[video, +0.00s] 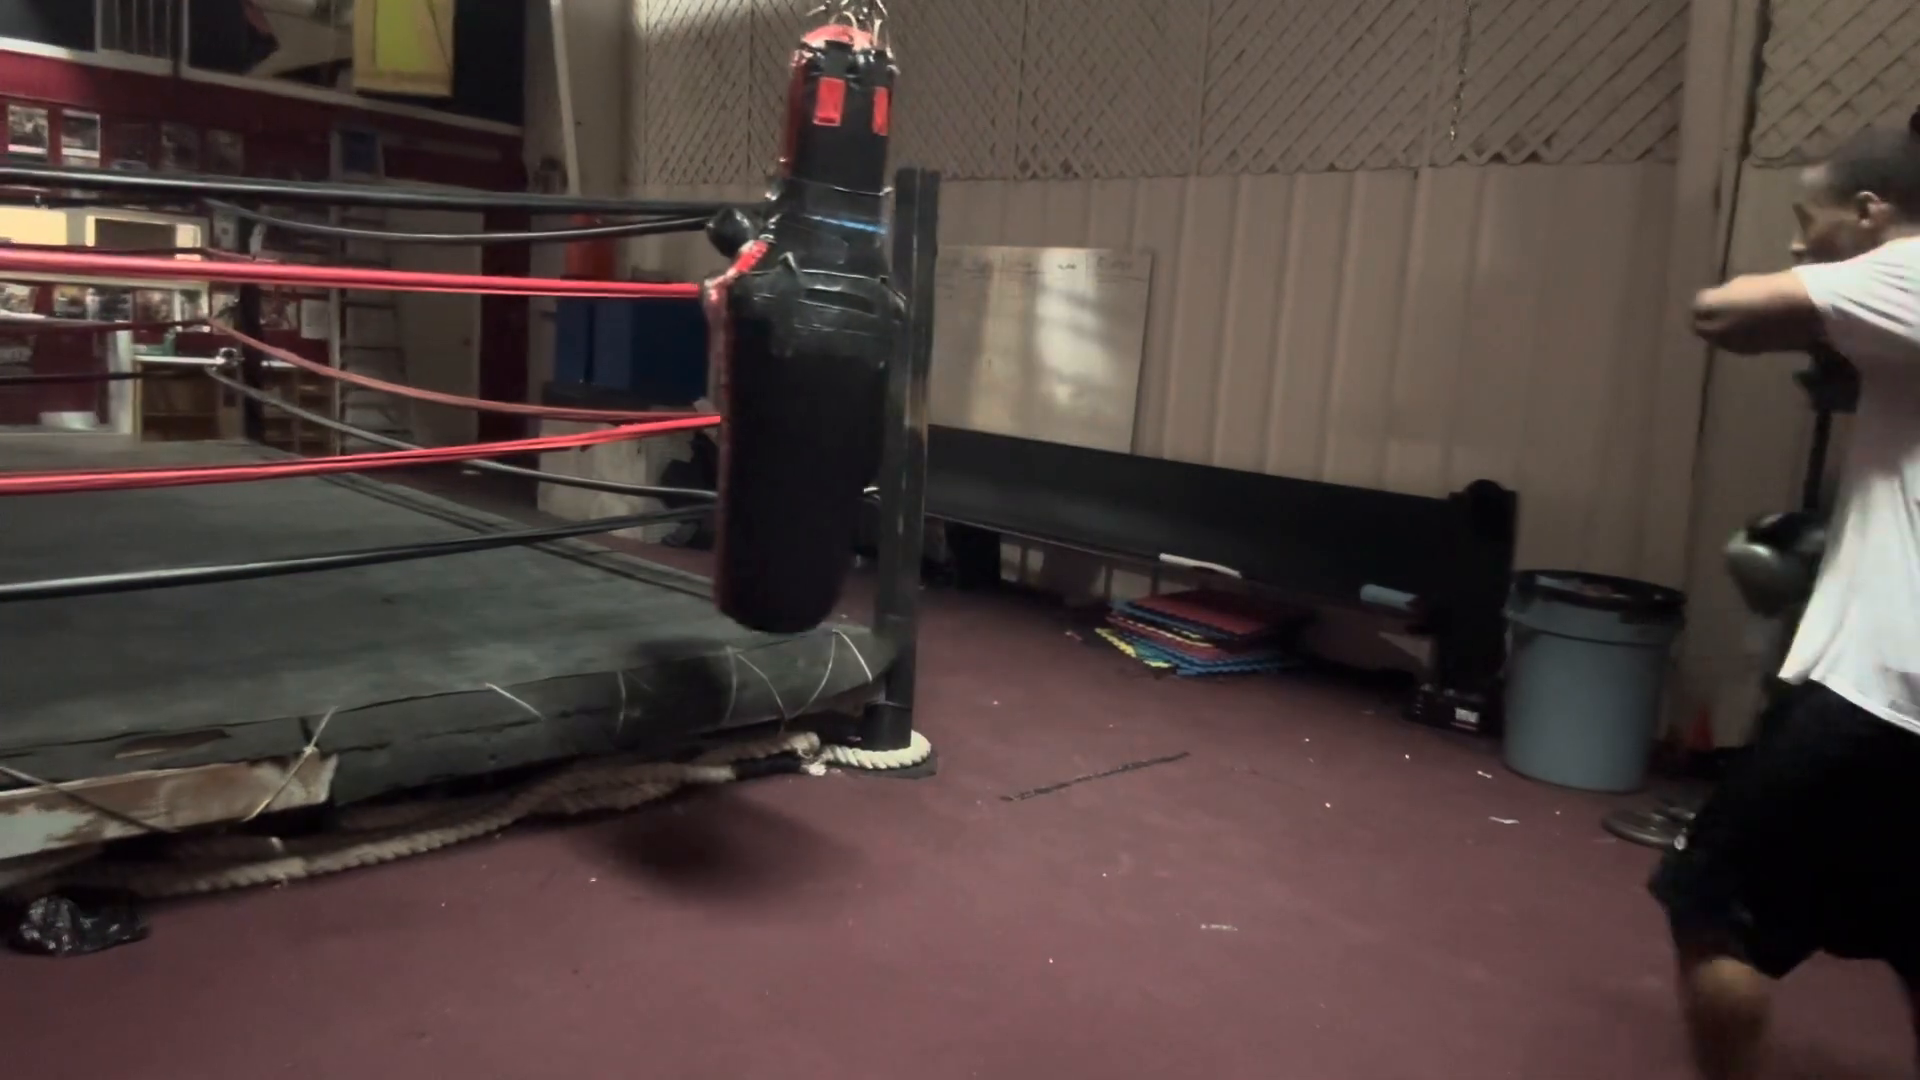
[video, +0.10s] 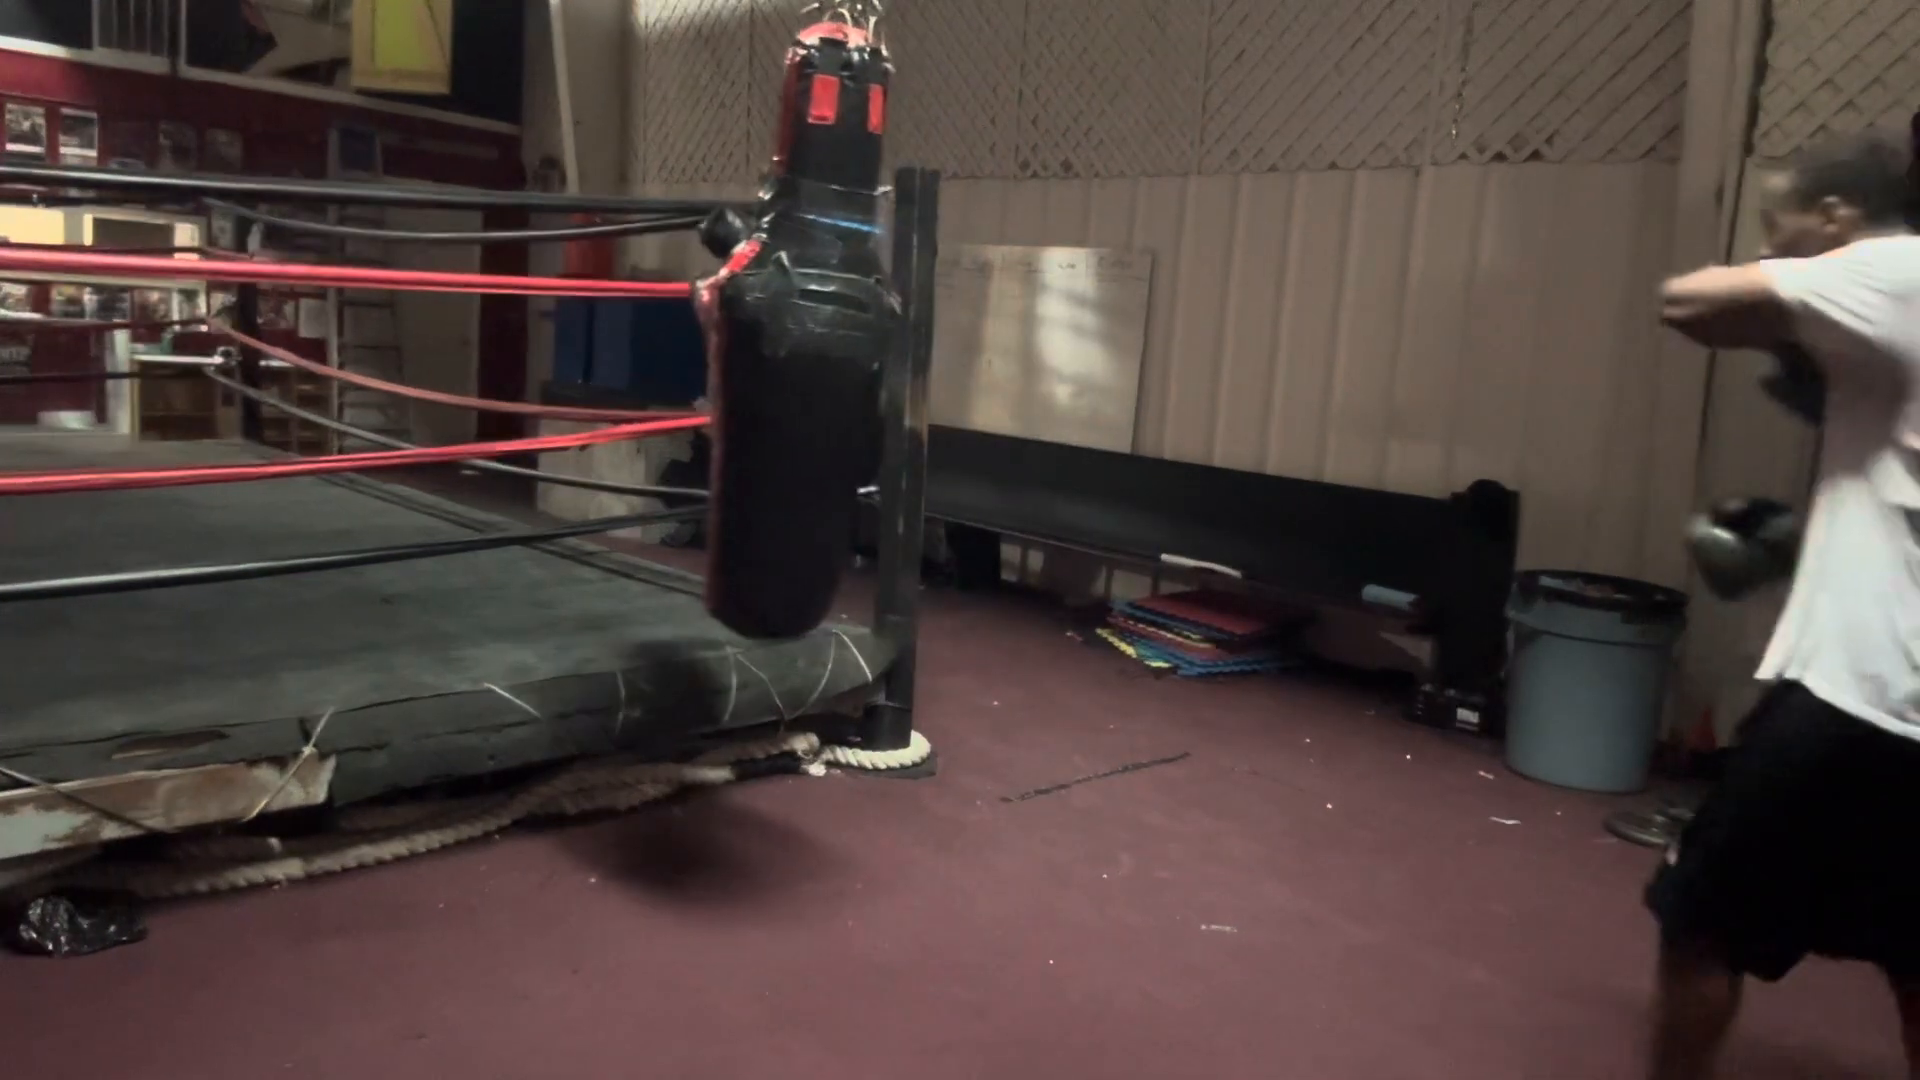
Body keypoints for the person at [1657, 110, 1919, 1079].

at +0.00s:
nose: (1803, 249)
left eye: (1815, 228)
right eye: (1803, 231)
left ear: (1872, 213)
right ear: (1883, 215)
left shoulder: (1909, 274)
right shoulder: (1898, 283)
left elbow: (1715, 310)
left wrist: (1817, 281)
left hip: (1885, 678)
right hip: (1882, 674)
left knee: (1710, 899)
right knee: (1910, 941)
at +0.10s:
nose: (1775, 251)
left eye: (1783, 230)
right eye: (1772, 233)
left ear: (1843, 218)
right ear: (1859, 221)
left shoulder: (1905, 271)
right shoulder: (1894, 284)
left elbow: (1685, 299)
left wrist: (1807, 303)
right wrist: (1798, 536)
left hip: (1865, 690)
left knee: (1699, 919)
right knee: (1916, 960)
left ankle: (1676, 1065)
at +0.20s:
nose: (1713, 252)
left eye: (1723, 233)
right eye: (1712, 235)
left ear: (1773, 220)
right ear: (1807, 221)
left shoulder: (1847, 279)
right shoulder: (1896, 295)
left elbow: (1622, 297)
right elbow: (1857, 477)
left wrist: (1728, 310)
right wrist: (1729, 504)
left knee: (1655, 894)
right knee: (1845, 920)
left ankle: (1637, 1065)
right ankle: (1887, 1060)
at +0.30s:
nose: (1683, 232)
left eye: (1692, 215)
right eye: (1683, 215)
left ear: (1739, 209)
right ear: (1794, 209)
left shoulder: (1785, 281)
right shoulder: (1889, 301)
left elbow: (1589, 280)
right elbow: (1798, 416)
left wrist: (1688, 306)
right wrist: (1698, 395)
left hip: (1737, 670)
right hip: (1828, 680)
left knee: (1644, 899)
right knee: (1757, 892)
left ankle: (1636, 1068)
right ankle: (1854, 1059)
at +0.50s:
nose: (1647, 226)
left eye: (1654, 210)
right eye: (1647, 210)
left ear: (1698, 201)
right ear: (1755, 201)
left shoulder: (1743, 275)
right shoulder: (1848, 297)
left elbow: (1551, 262)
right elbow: (1741, 401)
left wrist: (1631, 304)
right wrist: (1628, 361)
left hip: (1689, 651)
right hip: (1757, 652)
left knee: (1633, 890)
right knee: (1661, 857)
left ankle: (1638, 1073)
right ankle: (1769, 1043)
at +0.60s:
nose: (1624, 217)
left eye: (1632, 200)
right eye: (1625, 200)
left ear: (1676, 196)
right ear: (1720, 195)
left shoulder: (1729, 268)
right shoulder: (1809, 289)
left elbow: (1535, 255)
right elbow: (1707, 394)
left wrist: (1621, 260)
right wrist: (1599, 344)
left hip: (1675, 632)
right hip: (1727, 630)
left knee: (1631, 881)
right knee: (1619, 850)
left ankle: (1638, 1070)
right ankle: (1690, 1035)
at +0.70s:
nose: (1594, 221)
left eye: (1604, 206)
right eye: (1595, 206)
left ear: (1655, 204)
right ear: (1675, 204)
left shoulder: (1726, 273)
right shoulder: (1766, 285)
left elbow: (1520, 258)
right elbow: (1661, 416)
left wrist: (1597, 254)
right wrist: (1577, 340)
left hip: (1666, 626)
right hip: (1651, 613)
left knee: (1641, 871)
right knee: (1559, 809)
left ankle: (1642, 1063)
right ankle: (1566, 999)